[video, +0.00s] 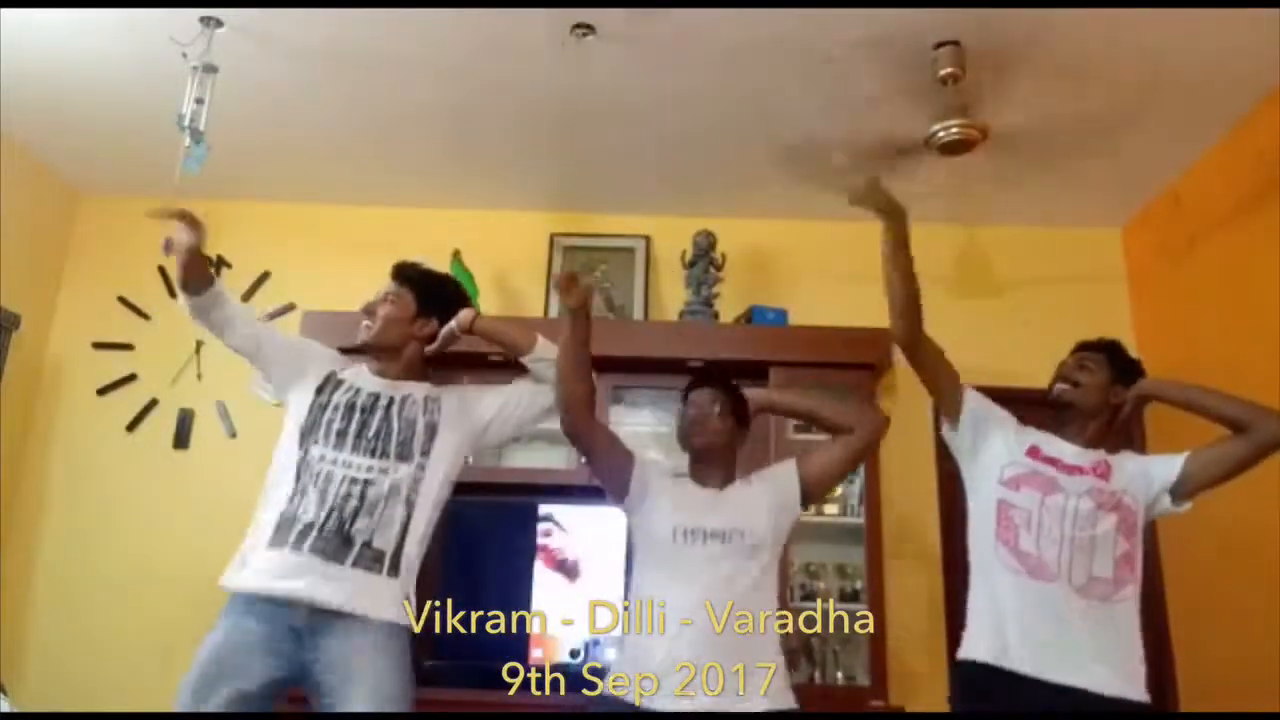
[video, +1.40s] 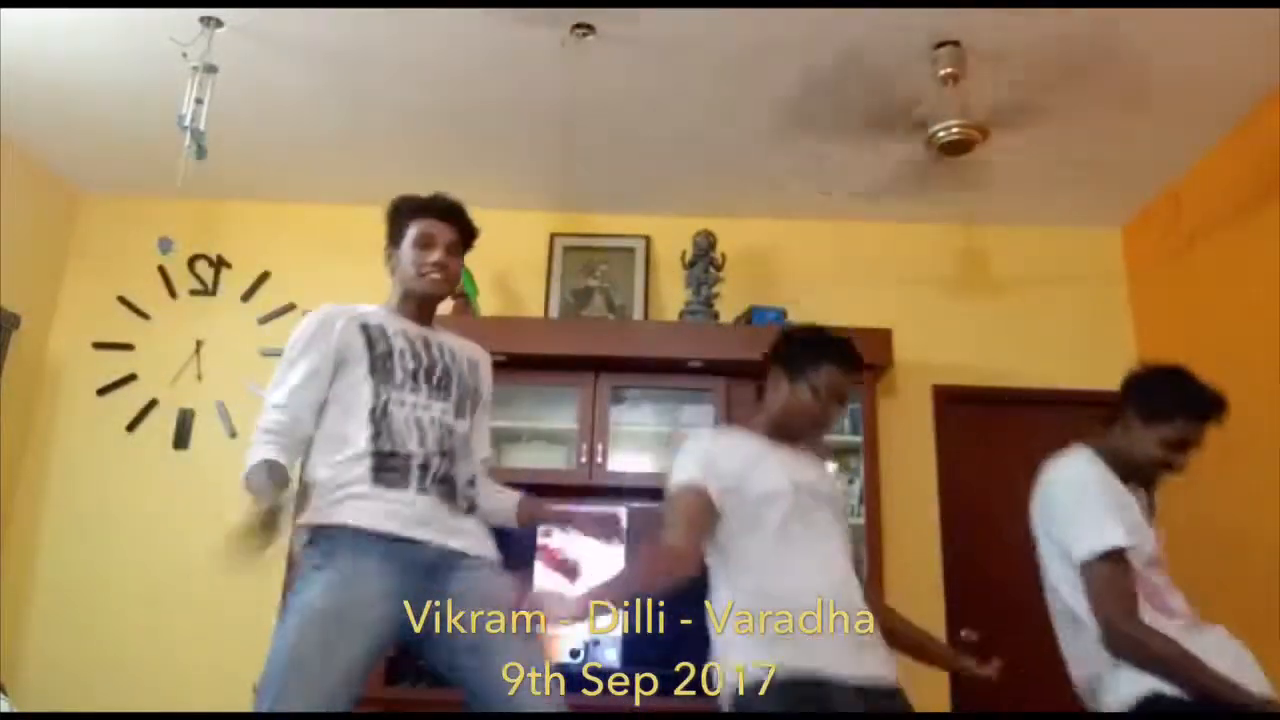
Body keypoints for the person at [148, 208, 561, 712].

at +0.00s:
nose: (369, 306)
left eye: (389, 300)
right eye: (375, 298)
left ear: (427, 331)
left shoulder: (460, 413)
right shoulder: (315, 369)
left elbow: (565, 382)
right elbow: (227, 318)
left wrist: (478, 325)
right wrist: (191, 257)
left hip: (367, 622)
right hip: (260, 604)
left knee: (374, 708)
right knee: (197, 707)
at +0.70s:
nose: (348, 290)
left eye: (366, 282)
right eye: (354, 280)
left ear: (409, 309)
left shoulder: (438, 396)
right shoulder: (302, 349)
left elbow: (546, 433)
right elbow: (215, 291)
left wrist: (458, 357)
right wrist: (153, 194)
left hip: (355, 605)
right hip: (255, 588)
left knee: (359, 703)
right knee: (202, 703)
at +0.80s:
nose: (361, 289)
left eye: (382, 282)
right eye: (359, 277)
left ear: (418, 305)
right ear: (351, 286)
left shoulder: (441, 391)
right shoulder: (307, 348)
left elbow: (476, 518)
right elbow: (206, 308)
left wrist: (422, 458)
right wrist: (96, 239)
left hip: (370, 608)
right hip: (266, 591)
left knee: (375, 705)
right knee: (220, 702)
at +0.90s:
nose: (373, 287)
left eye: (393, 279)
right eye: (367, 275)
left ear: (423, 305)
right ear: (355, 286)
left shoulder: (445, 401)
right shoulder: (306, 350)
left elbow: (446, 537)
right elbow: (220, 341)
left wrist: (399, 553)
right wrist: (145, 335)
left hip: (376, 619)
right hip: (272, 604)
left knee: (400, 704)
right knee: (218, 705)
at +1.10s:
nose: (394, 319)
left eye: (413, 316)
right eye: (385, 309)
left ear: (431, 346)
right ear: (364, 327)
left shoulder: (449, 443)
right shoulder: (301, 408)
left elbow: (450, 583)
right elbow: (197, 525)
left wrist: (356, 627)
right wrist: (284, 623)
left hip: (387, 649)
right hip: (279, 639)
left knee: (427, 706)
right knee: (238, 704)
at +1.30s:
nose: (429, 262)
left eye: (443, 254)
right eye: (414, 249)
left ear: (453, 274)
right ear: (384, 263)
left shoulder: (469, 368)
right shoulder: (327, 337)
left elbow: (470, 494)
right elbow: (266, 469)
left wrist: (549, 501)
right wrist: (320, 490)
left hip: (446, 578)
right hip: (341, 567)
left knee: (502, 705)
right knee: (276, 705)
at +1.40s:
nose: (438, 257)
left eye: (452, 249)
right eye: (422, 244)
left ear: (463, 268)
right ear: (393, 256)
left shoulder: (473, 362)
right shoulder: (336, 326)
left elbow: (470, 482)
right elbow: (280, 430)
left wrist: (539, 513)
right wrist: (268, 493)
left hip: (464, 555)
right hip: (358, 543)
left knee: (534, 698)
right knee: (295, 700)